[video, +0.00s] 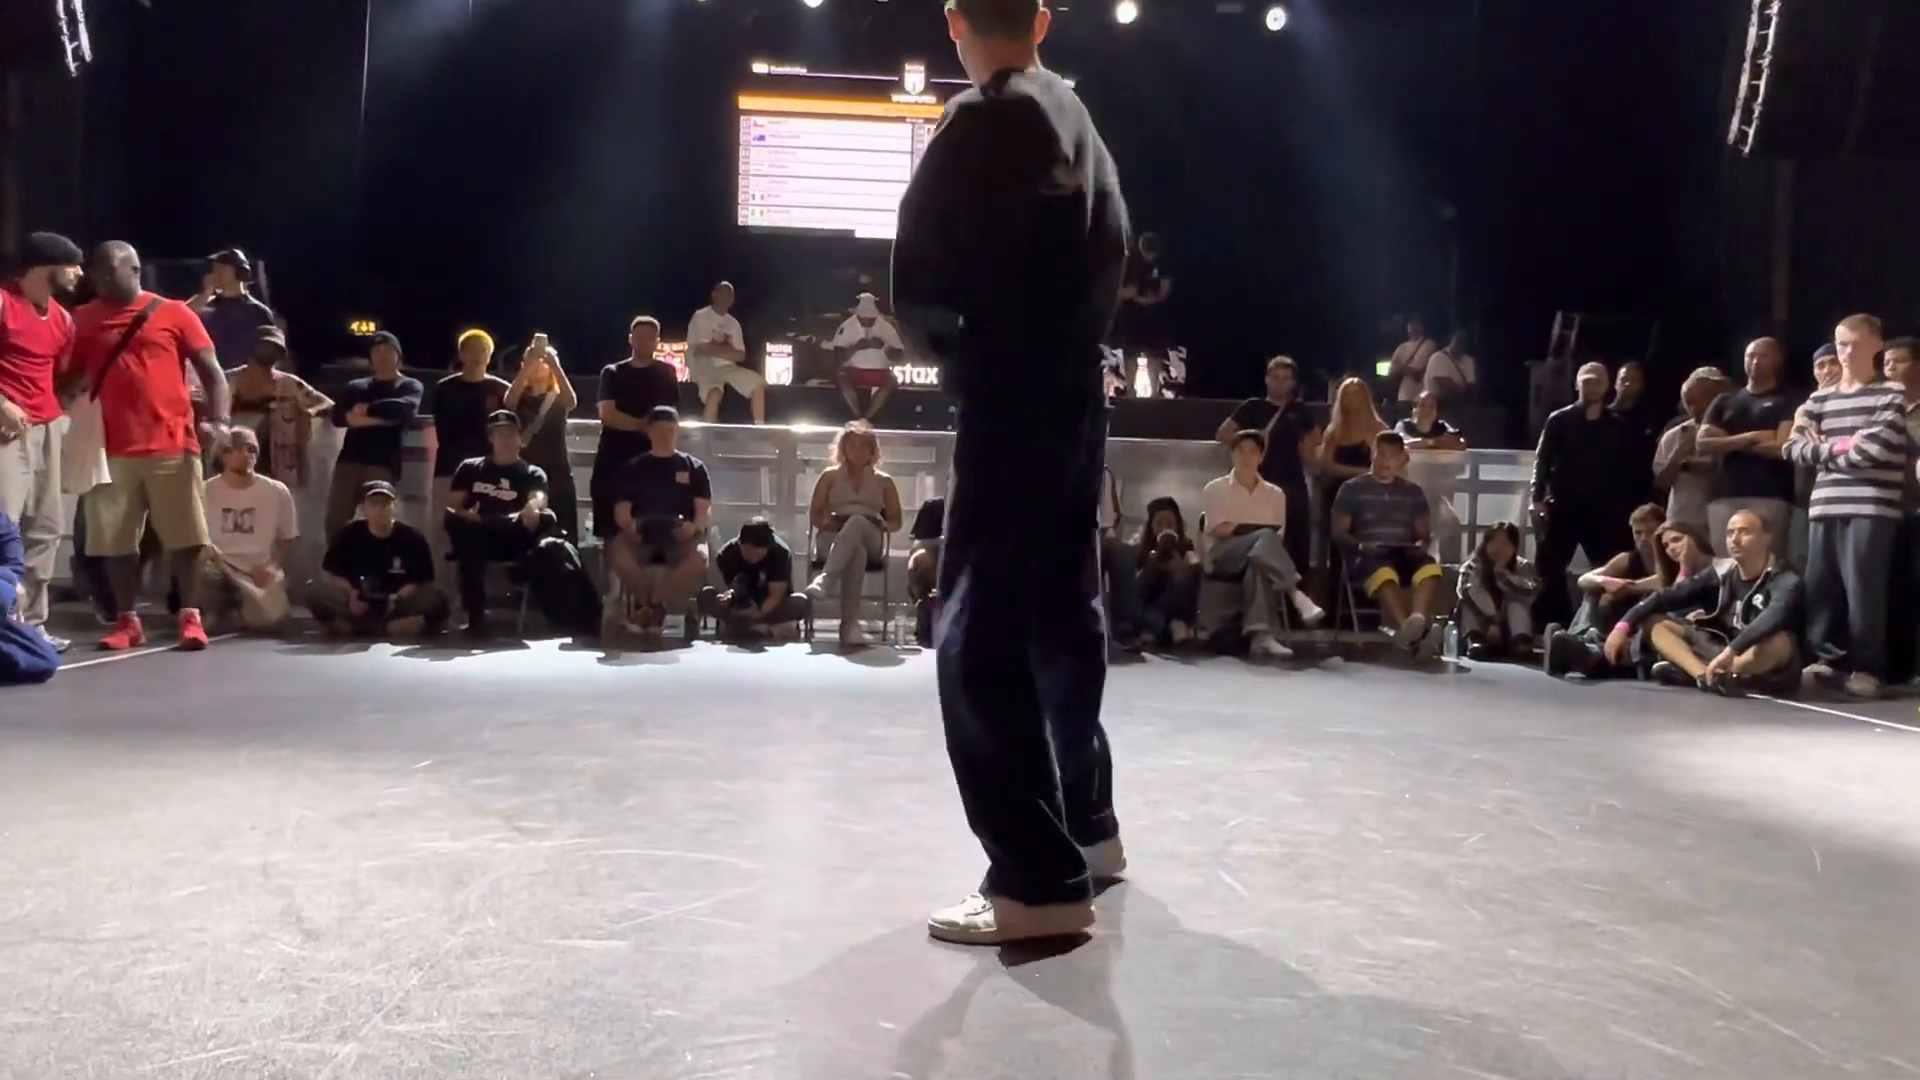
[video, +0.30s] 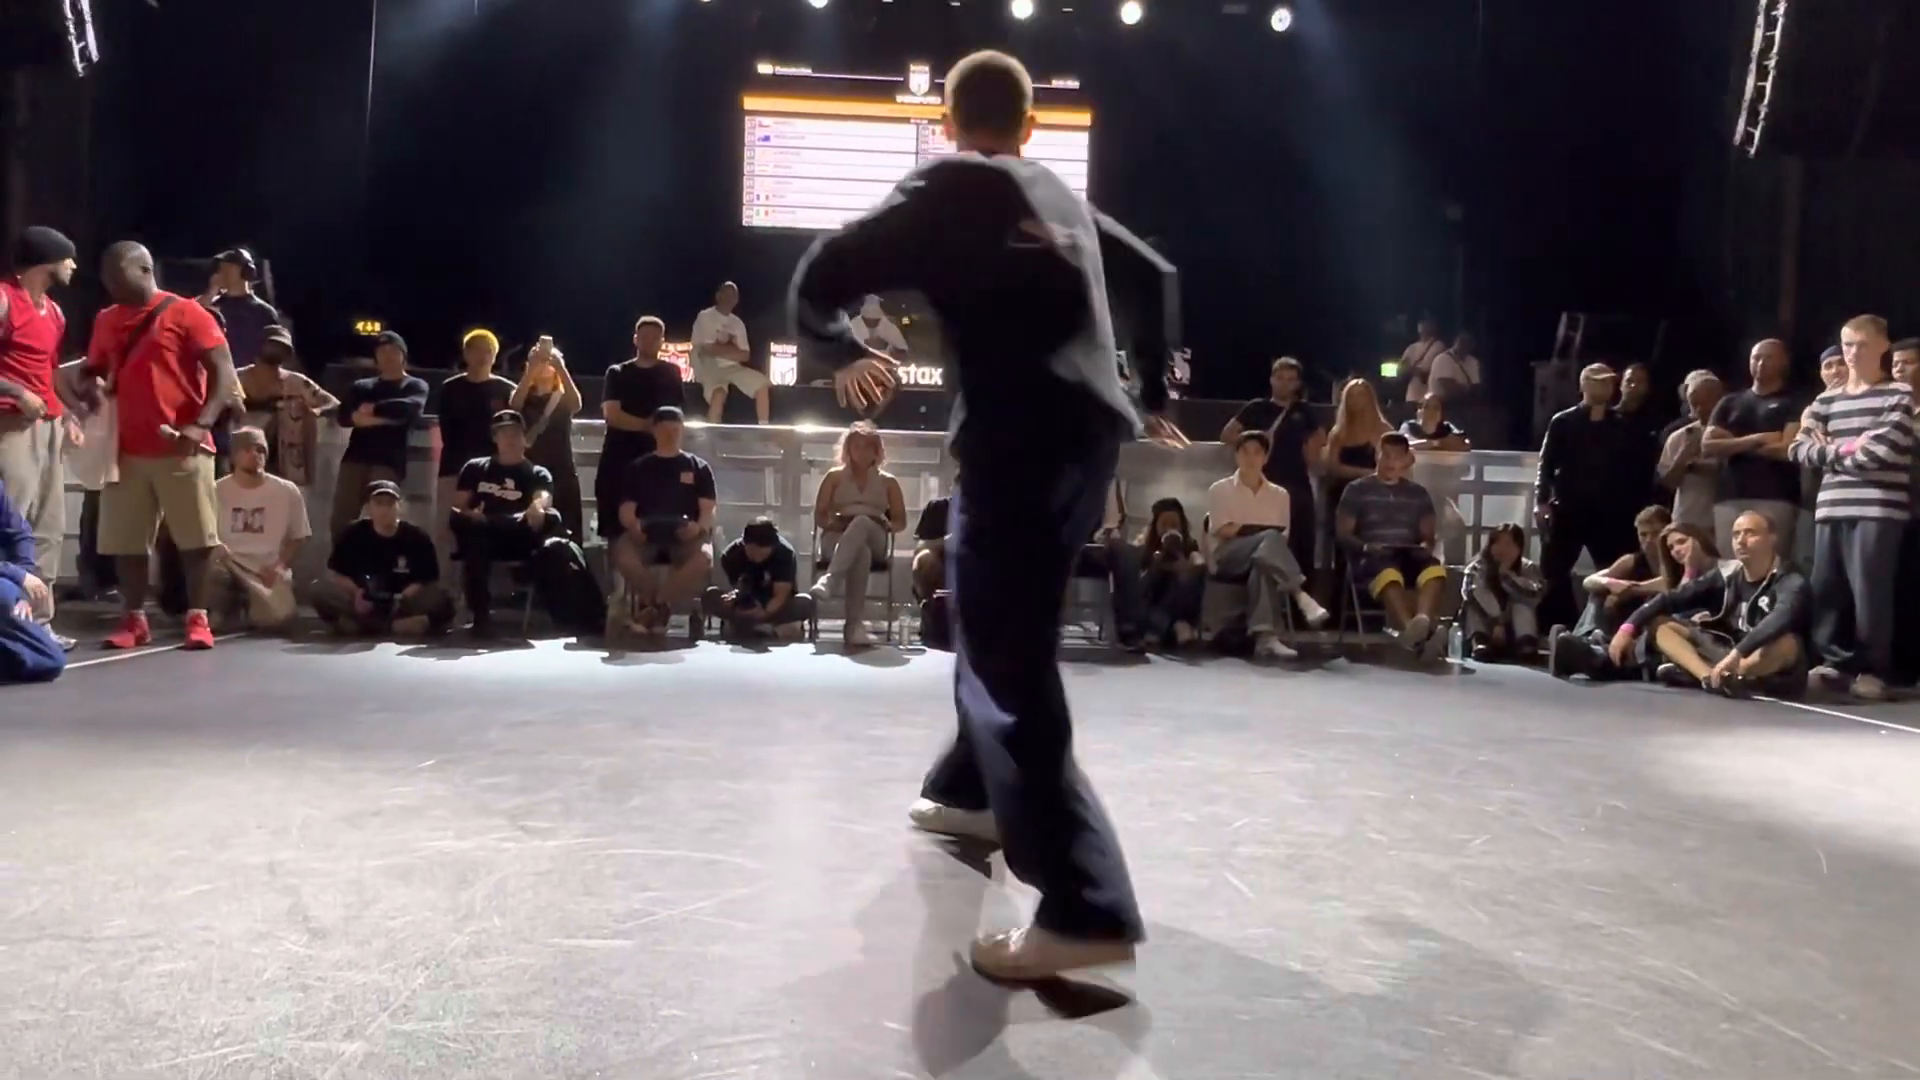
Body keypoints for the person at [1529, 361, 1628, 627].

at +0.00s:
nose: (1591, 386)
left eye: (1597, 381)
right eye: (1586, 381)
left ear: (1607, 387)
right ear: (1576, 386)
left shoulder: (1619, 423)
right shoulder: (1559, 420)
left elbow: (1630, 465)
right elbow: (1542, 462)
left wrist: (1629, 503)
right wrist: (1537, 499)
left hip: (1605, 508)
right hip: (1563, 507)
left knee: (1615, 571)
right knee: (1549, 567)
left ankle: (1617, 630)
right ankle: (1554, 626)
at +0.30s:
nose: (1607, 387)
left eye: (1610, 382)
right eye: (1600, 381)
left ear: (1614, 387)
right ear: (1584, 386)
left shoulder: (1624, 425)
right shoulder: (1563, 423)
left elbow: (1636, 468)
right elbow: (1546, 465)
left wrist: (1633, 504)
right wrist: (1542, 501)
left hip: (1611, 510)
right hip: (1569, 510)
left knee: (1619, 575)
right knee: (1553, 571)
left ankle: (1620, 634)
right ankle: (1558, 629)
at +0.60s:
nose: (1614, 385)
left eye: (1615, 381)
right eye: (1607, 381)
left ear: (1617, 387)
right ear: (1590, 387)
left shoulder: (1627, 425)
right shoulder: (1567, 423)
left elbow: (1641, 468)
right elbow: (1551, 465)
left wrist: (1639, 505)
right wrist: (1546, 501)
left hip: (1615, 509)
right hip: (1573, 510)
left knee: (1623, 572)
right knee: (1558, 570)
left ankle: (1625, 632)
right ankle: (1564, 629)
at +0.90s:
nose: (1608, 386)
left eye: (1614, 380)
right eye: (1603, 380)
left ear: (1622, 387)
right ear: (1591, 385)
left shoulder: (1634, 425)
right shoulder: (1573, 422)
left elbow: (1646, 468)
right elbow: (1556, 464)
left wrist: (1644, 505)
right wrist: (1551, 500)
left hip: (1621, 509)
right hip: (1578, 509)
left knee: (1629, 572)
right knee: (1563, 570)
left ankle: (1631, 631)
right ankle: (1563, 628)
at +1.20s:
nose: (1607, 383)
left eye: (1614, 378)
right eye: (1603, 378)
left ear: (1625, 384)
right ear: (1595, 384)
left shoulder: (1638, 423)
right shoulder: (1578, 419)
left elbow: (1651, 465)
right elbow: (1561, 462)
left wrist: (1649, 502)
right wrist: (1554, 498)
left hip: (1624, 507)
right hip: (1582, 508)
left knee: (1634, 570)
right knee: (1566, 567)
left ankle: (1637, 628)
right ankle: (1572, 625)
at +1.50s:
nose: (1605, 384)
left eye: (1612, 378)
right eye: (1602, 379)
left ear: (1629, 384)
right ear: (1596, 384)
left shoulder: (1646, 424)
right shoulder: (1581, 419)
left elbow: (1657, 468)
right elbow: (1564, 461)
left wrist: (1655, 504)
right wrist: (1558, 496)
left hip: (1627, 508)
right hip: (1585, 508)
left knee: (1638, 570)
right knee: (1568, 565)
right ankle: (1575, 625)